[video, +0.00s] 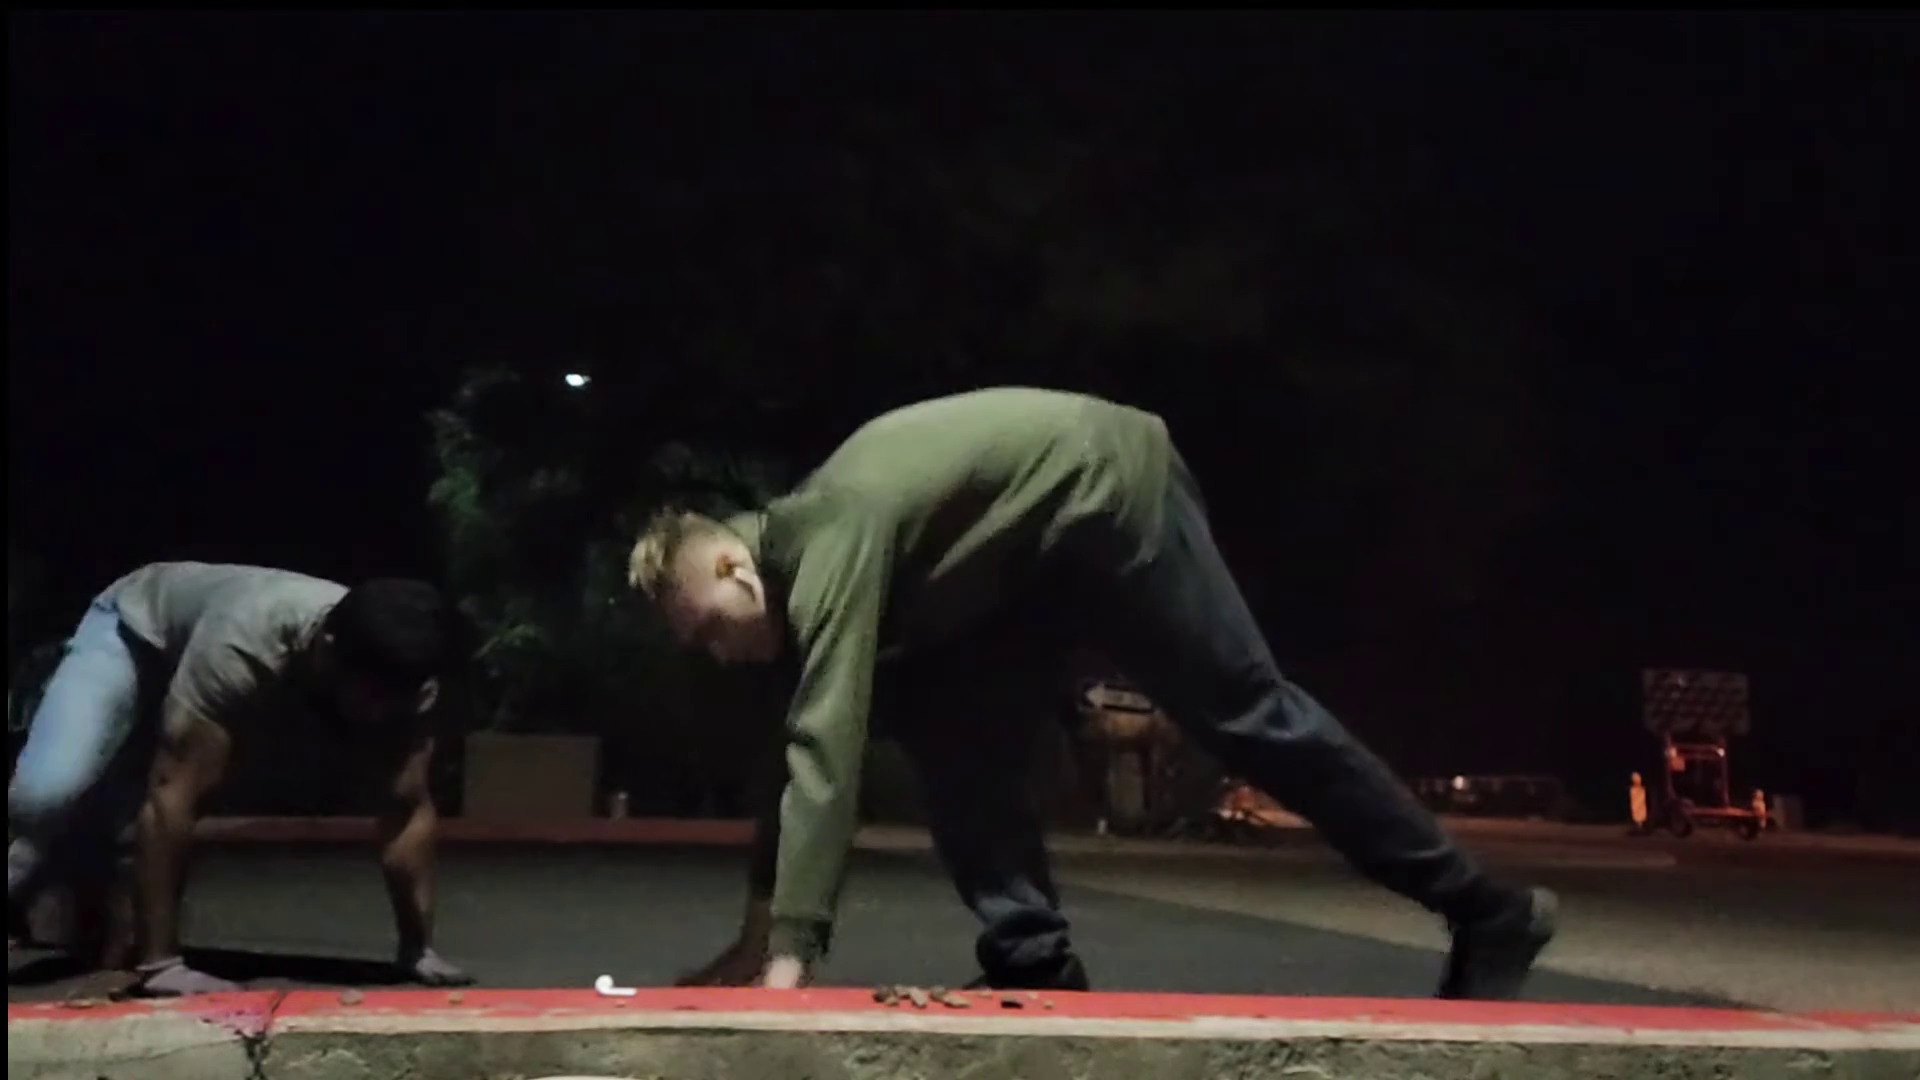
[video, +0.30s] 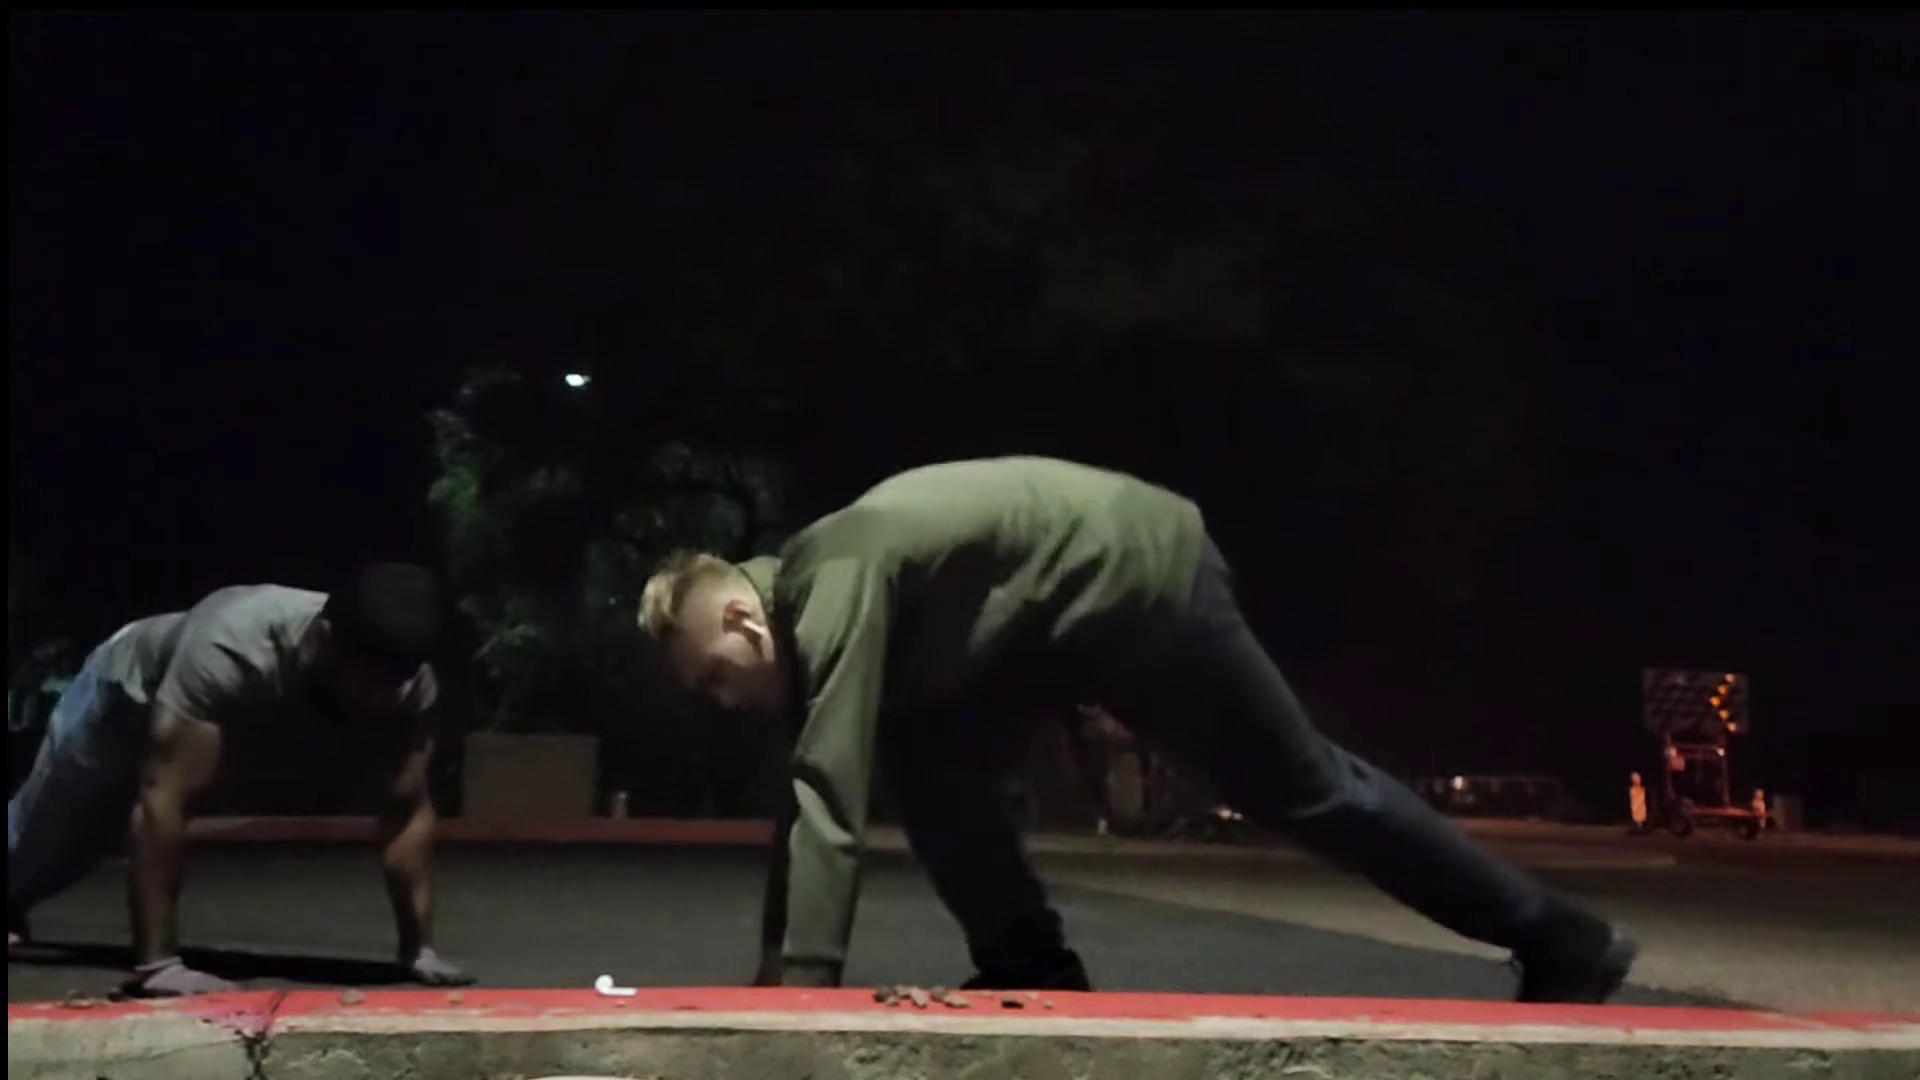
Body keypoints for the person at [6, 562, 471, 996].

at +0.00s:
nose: (394, 714)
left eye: (407, 699)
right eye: (383, 696)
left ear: (421, 682)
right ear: (330, 655)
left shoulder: (411, 680)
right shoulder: (239, 644)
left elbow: (410, 811)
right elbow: (170, 797)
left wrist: (417, 950)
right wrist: (160, 961)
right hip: (134, 626)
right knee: (45, 793)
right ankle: (33, 854)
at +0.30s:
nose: (397, 687)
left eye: (407, 671)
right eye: (380, 668)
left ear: (419, 663)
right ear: (327, 644)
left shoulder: (412, 686)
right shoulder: (225, 651)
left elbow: (409, 812)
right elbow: (161, 803)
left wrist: (418, 951)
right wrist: (158, 960)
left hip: (211, 719)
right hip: (123, 697)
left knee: (76, 850)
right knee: (34, 845)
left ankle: (17, 901)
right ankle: (13, 905)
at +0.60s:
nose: (390, 681)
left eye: (400, 666)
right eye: (375, 662)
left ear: (410, 658)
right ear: (326, 638)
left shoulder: (404, 687)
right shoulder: (222, 651)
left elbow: (406, 813)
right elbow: (161, 804)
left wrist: (417, 949)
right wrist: (158, 960)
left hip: (199, 742)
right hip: (115, 712)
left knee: (91, 846)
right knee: (27, 834)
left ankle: (27, 893)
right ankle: (13, 898)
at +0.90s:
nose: (394, 670)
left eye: (405, 656)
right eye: (380, 650)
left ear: (412, 651)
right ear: (333, 630)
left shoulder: (404, 685)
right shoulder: (226, 650)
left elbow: (406, 814)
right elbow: (161, 805)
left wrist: (416, 949)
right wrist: (158, 961)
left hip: (211, 754)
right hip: (121, 730)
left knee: (110, 849)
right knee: (33, 819)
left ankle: (54, 897)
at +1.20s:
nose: (392, 665)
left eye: (403, 650)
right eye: (377, 644)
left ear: (411, 646)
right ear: (332, 627)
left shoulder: (406, 686)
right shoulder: (228, 651)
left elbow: (409, 814)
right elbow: (160, 805)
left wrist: (417, 948)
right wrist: (158, 961)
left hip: (217, 755)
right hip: (127, 731)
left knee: (117, 847)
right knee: (35, 821)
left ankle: (55, 896)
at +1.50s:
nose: (387, 666)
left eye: (399, 650)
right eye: (373, 645)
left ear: (409, 646)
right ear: (328, 628)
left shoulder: (404, 687)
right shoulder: (228, 649)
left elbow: (409, 814)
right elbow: (158, 804)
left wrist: (418, 948)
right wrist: (157, 960)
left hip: (219, 758)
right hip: (125, 733)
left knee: (121, 845)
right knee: (33, 821)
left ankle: (54, 892)